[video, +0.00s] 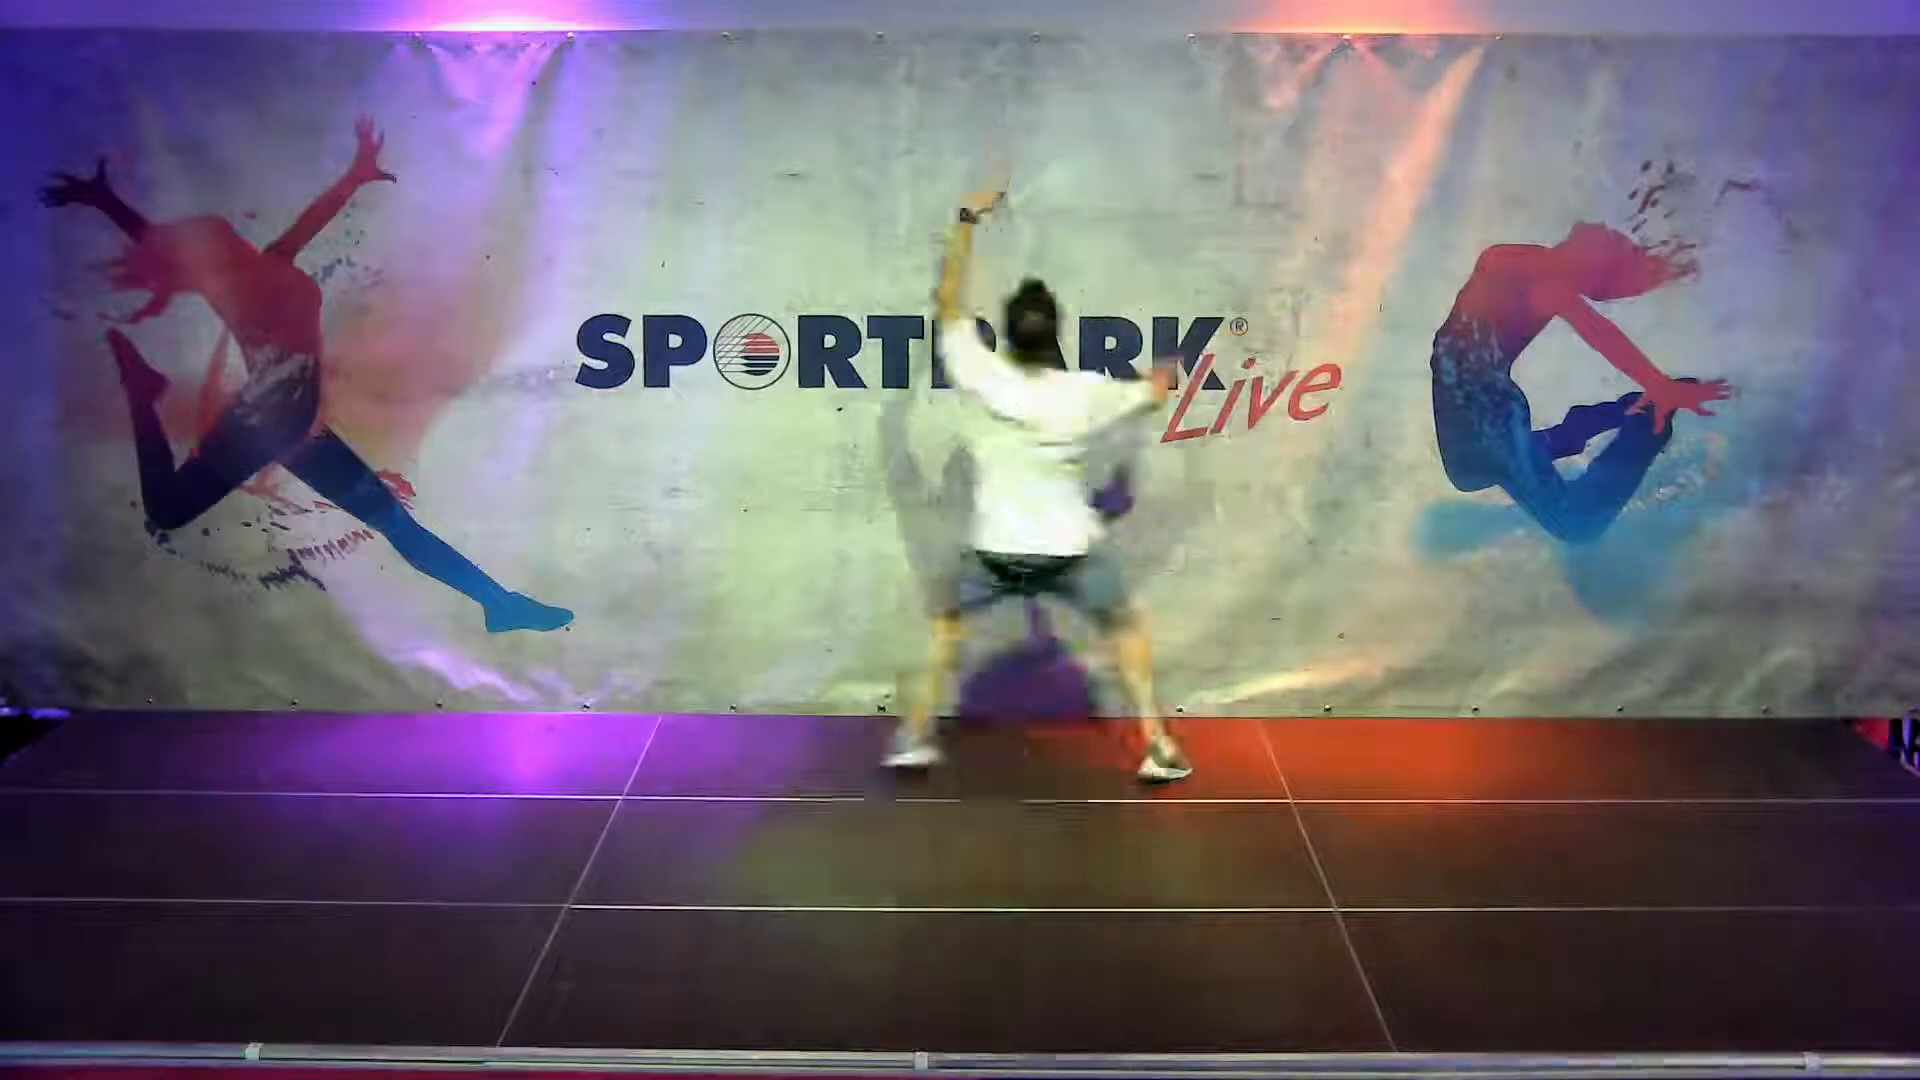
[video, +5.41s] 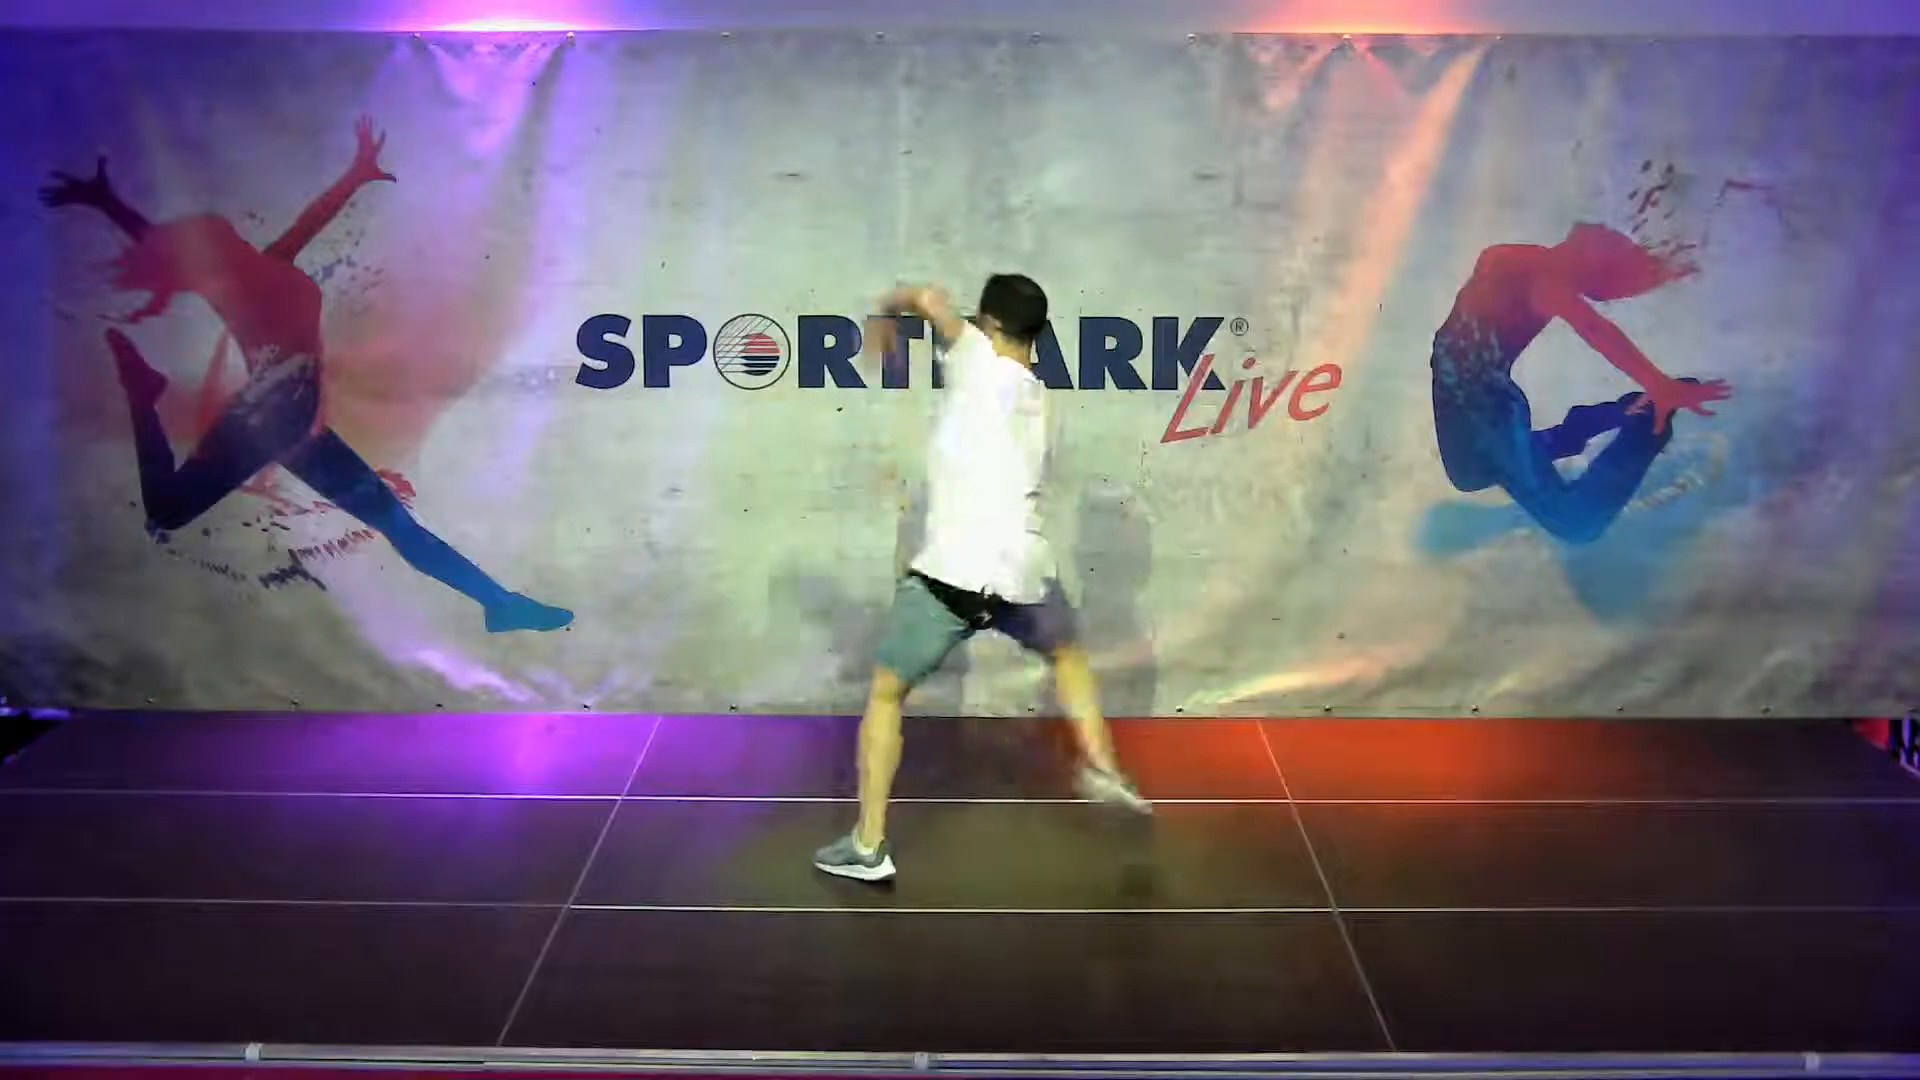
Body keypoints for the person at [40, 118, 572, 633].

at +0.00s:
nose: (185, 280)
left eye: (182, 262)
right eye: (180, 263)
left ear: (204, 254)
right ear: (194, 258)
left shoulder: (267, 268)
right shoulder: (231, 275)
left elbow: (307, 224)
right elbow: (153, 241)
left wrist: (356, 176)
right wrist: (98, 196)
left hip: (298, 426)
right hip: (261, 421)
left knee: (387, 514)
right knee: (166, 511)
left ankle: (500, 602)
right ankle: (141, 392)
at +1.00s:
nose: (219, 245)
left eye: (214, 237)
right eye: (206, 245)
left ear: (224, 240)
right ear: (198, 261)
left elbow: (313, 218)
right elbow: (157, 246)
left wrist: (358, 174)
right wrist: (100, 197)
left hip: (299, 427)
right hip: (257, 426)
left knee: (395, 521)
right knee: (166, 508)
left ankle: (508, 609)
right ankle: (141, 393)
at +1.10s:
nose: (171, 288)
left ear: (210, 249)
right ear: (210, 247)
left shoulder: (268, 266)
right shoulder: (233, 279)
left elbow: (312, 219)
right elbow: (156, 244)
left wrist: (359, 173)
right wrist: (102, 198)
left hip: (294, 425)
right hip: (262, 423)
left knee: (389, 515)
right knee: (167, 513)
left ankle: (497, 598)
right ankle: (140, 393)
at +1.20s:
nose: (176, 292)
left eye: (177, 274)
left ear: (213, 250)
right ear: (214, 247)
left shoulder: (268, 265)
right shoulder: (237, 280)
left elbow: (311, 220)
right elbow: (158, 247)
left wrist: (358, 174)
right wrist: (104, 199)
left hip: (296, 425)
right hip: (263, 423)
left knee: (391, 517)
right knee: (167, 513)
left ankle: (497, 598)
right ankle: (141, 395)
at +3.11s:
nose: (178, 295)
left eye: (178, 274)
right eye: (169, 281)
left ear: (199, 254)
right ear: (208, 245)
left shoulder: (257, 272)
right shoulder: (252, 278)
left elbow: (305, 223)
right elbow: (159, 242)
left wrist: (356, 175)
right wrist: (103, 199)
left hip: (297, 426)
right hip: (265, 422)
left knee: (390, 516)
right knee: (167, 511)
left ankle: (500, 602)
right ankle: (140, 392)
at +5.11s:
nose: (181, 287)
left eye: (180, 267)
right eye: (177, 269)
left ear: (205, 253)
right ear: (204, 249)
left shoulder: (262, 270)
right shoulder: (237, 280)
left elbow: (307, 223)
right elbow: (159, 245)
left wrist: (358, 175)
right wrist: (105, 202)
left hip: (300, 428)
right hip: (262, 422)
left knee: (390, 516)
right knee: (166, 512)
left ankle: (499, 602)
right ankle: (141, 398)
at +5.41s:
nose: (187, 283)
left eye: (186, 263)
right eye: (183, 264)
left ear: (207, 254)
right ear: (205, 250)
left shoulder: (264, 270)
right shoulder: (233, 277)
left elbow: (307, 223)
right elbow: (158, 244)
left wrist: (358, 175)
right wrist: (104, 200)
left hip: (297, 426)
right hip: (265, 418)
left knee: (389, 515)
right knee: (166, 510)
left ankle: (500, 602)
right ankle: (141, 397)